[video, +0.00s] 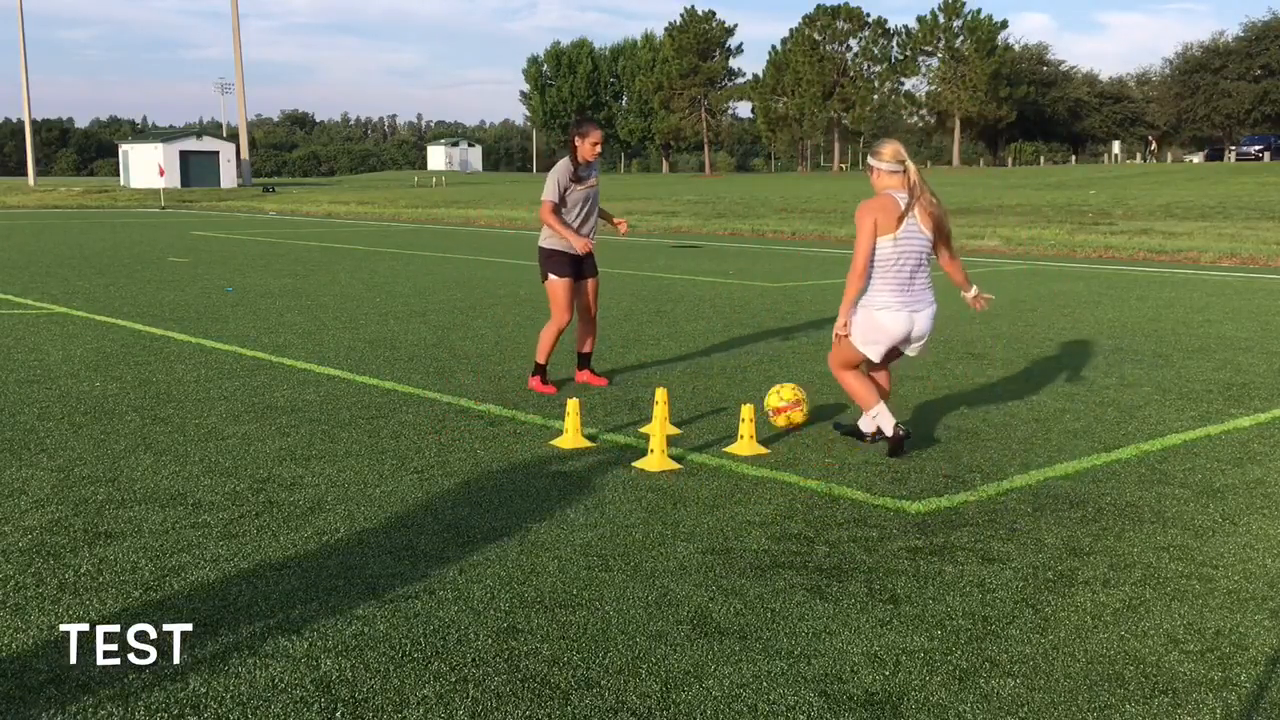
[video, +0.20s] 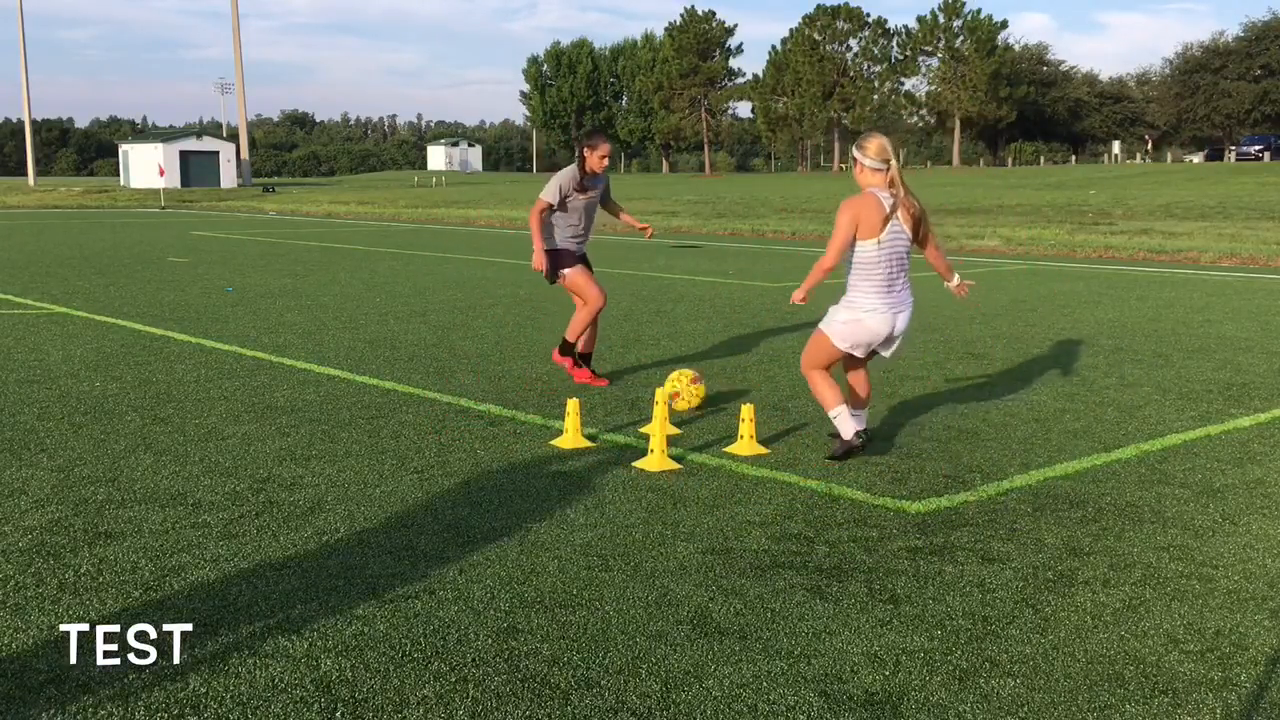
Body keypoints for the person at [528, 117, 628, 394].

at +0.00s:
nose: (598, 149)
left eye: (600, 144)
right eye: (594, 144)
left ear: (599, 144)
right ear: (577, 142)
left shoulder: (591, 170)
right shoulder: (561, 170)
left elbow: (589, 205)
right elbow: (546, 213)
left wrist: (612, 220)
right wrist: (573, 237)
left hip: (583, 250)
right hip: (556, 250)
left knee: (588, 312)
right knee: (562, 316)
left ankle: (583, 370)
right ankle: (537, 375)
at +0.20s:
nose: (607, 163)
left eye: (609, 158)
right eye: (602, 157)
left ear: (607, 156)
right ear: (586, 153)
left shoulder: (601, 179)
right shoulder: (565, 178)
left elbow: (607, 203)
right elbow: (536, 211)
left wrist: (634, 223)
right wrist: (539, 249)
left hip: (577, 250)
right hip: (557, 250)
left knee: (588, 307)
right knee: (596, 299)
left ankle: (583, 366)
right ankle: (564, 351)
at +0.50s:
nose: (596, 187)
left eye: (600, 181)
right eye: (591, 181)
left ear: (603, 180)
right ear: (578, 175)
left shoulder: (599, 203)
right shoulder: (555, 195)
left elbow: (605, 240)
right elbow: (521, 223)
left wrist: (625, 248)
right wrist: (503, 252)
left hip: (561, 264)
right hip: (530, 260)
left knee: (586, 317)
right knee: (562, 303)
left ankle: (582, 374)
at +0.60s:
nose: (576, 179)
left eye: (580, 174)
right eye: (571, 173)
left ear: (584, 172)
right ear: (557, 168)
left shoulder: (584, 194)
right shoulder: (536, 192)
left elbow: (585, 231)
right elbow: (505, 221)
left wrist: (594, 237)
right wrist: (490, 244)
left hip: (556, 267)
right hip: (523, 266)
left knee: (579, 325)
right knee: (529, 323)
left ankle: (583, 377)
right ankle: (497, 383)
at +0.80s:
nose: (542, 159)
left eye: (547, 153)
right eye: (537, 153)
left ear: (552, 152)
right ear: (524, 150)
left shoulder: (556, 178)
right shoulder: (504, 176)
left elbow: (558, 208)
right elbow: (473, 209)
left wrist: (586, 224)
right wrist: (481, 213)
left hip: (538, 260)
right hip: (500, 258)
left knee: (555, 325)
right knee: (504, 328)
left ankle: (550, 369)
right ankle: (490, 384)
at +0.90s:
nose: (538, 149)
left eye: (543, 143)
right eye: (533, 143)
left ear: (548, 142)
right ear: (520, 140)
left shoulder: (552, 168)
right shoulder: (502, 164)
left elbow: (557, 192)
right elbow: (464, 196)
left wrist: (587, 206)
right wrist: (474, 191)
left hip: (531, 253)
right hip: (493, 250)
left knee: (542, 317)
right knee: (491, 323)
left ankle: (530, 388)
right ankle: (480, 379)